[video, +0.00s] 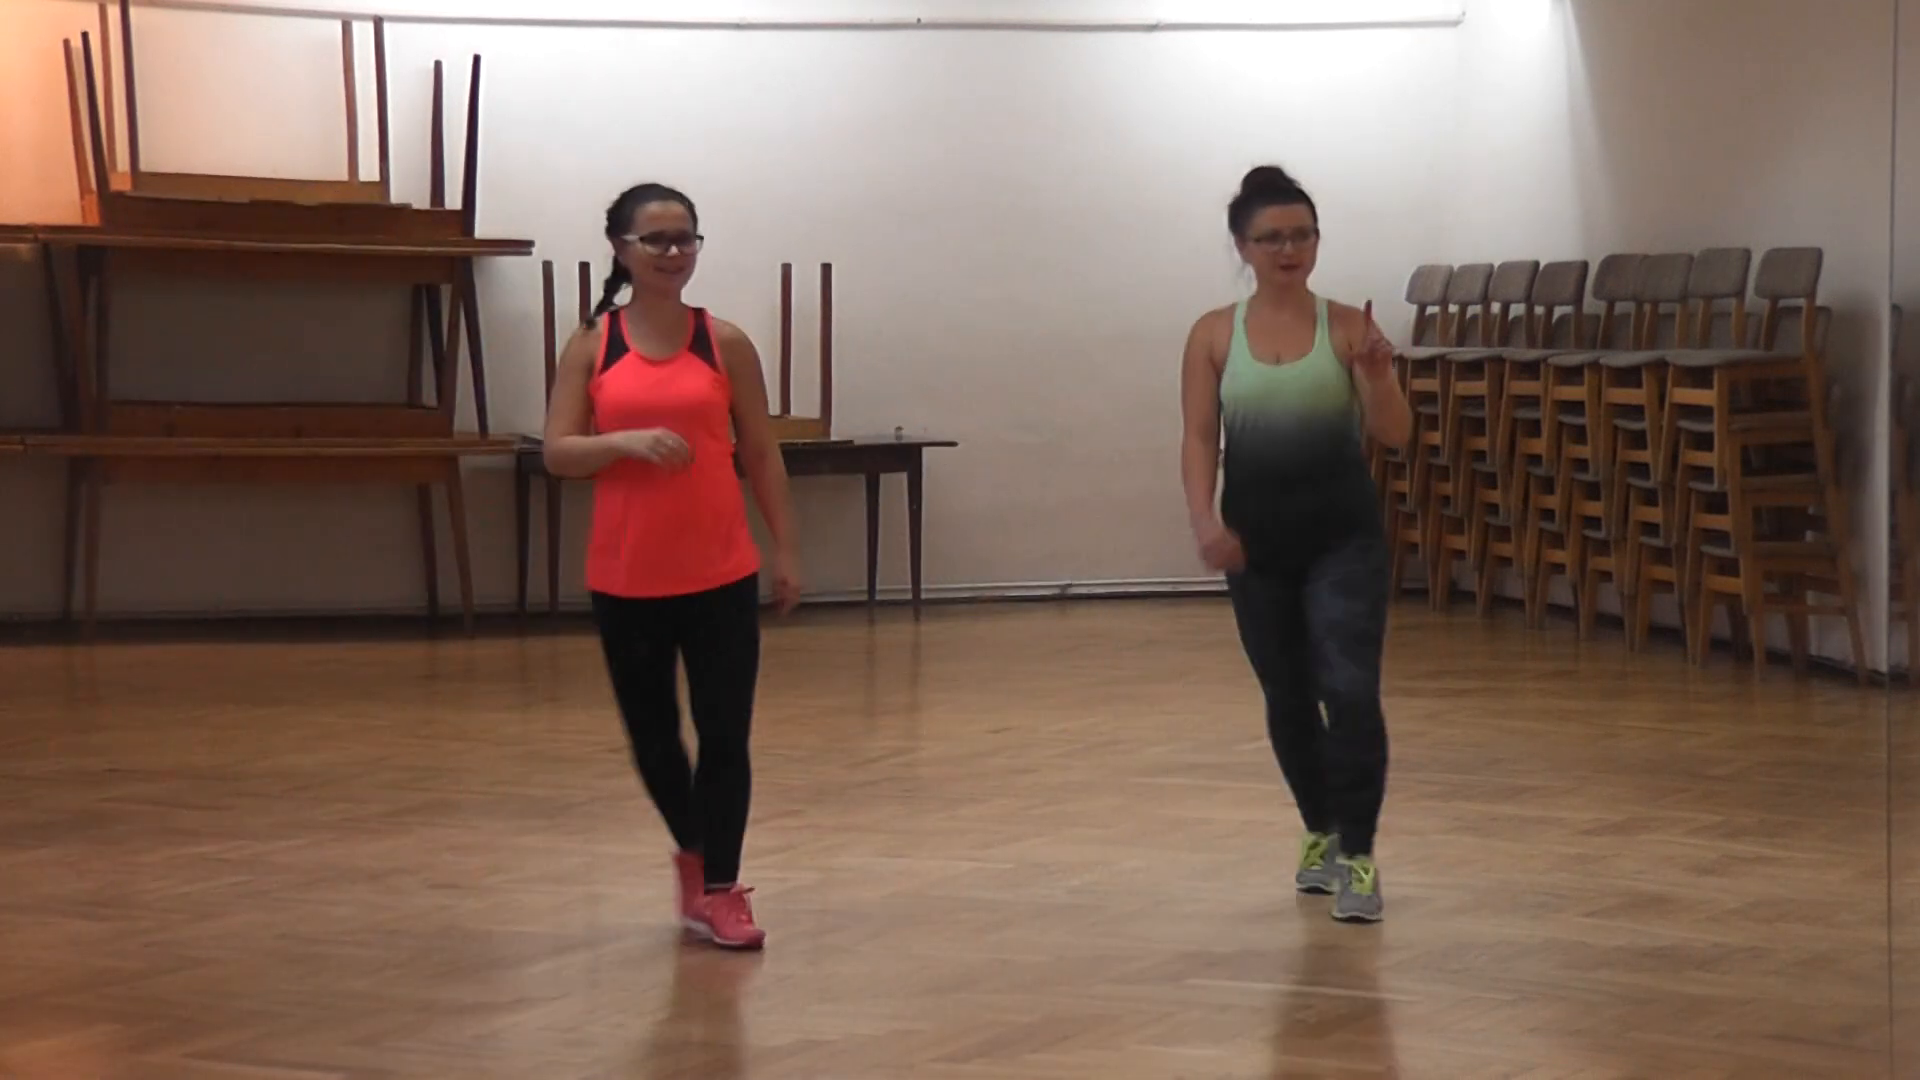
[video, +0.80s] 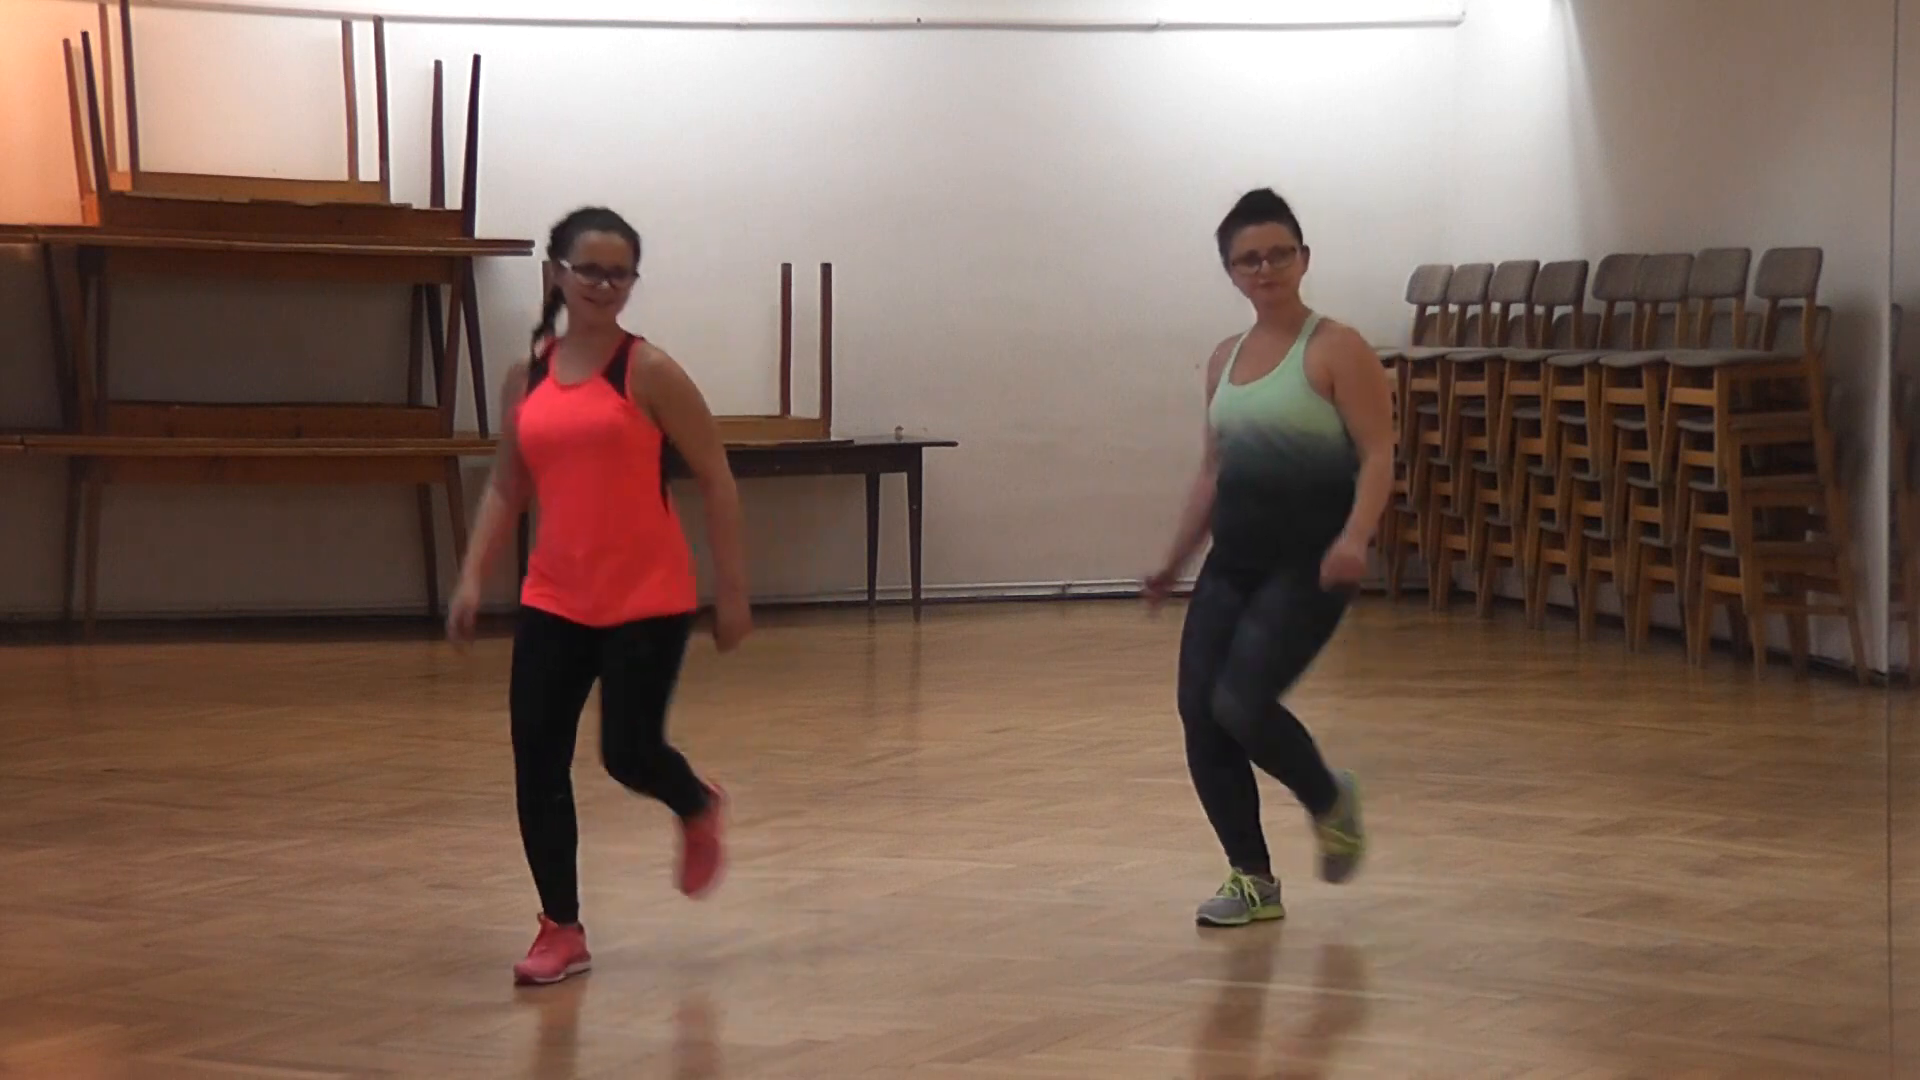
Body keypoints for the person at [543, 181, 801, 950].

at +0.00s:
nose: (676, 251)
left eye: (686, 239)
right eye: (658, 239)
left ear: (698, 247)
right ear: (622, 249)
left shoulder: (726, 344)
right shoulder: (590, 347)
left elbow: (761, 453)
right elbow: (558, 452)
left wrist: (785, 549)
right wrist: (628, 442)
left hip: (723, 574)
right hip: (628, 581)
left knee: (725, 736)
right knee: (652, 740)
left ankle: (722, 891)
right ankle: (691, 848)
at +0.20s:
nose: (689, 283)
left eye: (701, 270)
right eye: (673, 271)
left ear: (717, 277)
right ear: (641, 278)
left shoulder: (741, 374)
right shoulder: (608, 375)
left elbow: (782, 480)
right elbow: (585, 478)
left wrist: (814, 571)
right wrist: (611, 549)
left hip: (743, 592)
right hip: (654, 599)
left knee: (757, 736)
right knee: (692, 743)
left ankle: (763, 873)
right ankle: (722, 866)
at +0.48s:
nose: (680, 262)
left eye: (695, 252)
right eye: (665, 248)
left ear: (708, 262)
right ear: (632, 254)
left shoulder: (734, 352)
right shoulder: (608, 349)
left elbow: (795, 453)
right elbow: (593, 439)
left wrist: (816, 555)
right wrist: (558, 521)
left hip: (727, 571)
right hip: (631, 567)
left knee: (741, 729)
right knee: (589, 708)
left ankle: (764, 879)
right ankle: (623, 871)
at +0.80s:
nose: (605, 286)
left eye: (620, 275)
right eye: (591, 271)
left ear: (634, 281)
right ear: (558, 273)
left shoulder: (652, 372)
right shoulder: (527, 377)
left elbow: (715, 476)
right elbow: (507, 484)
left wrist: (733, 591)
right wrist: (473, 576)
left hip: (648, 593)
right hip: (555, 595)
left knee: (628, 754)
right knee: (538, 757)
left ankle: (701, 806)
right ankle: (560, 928)